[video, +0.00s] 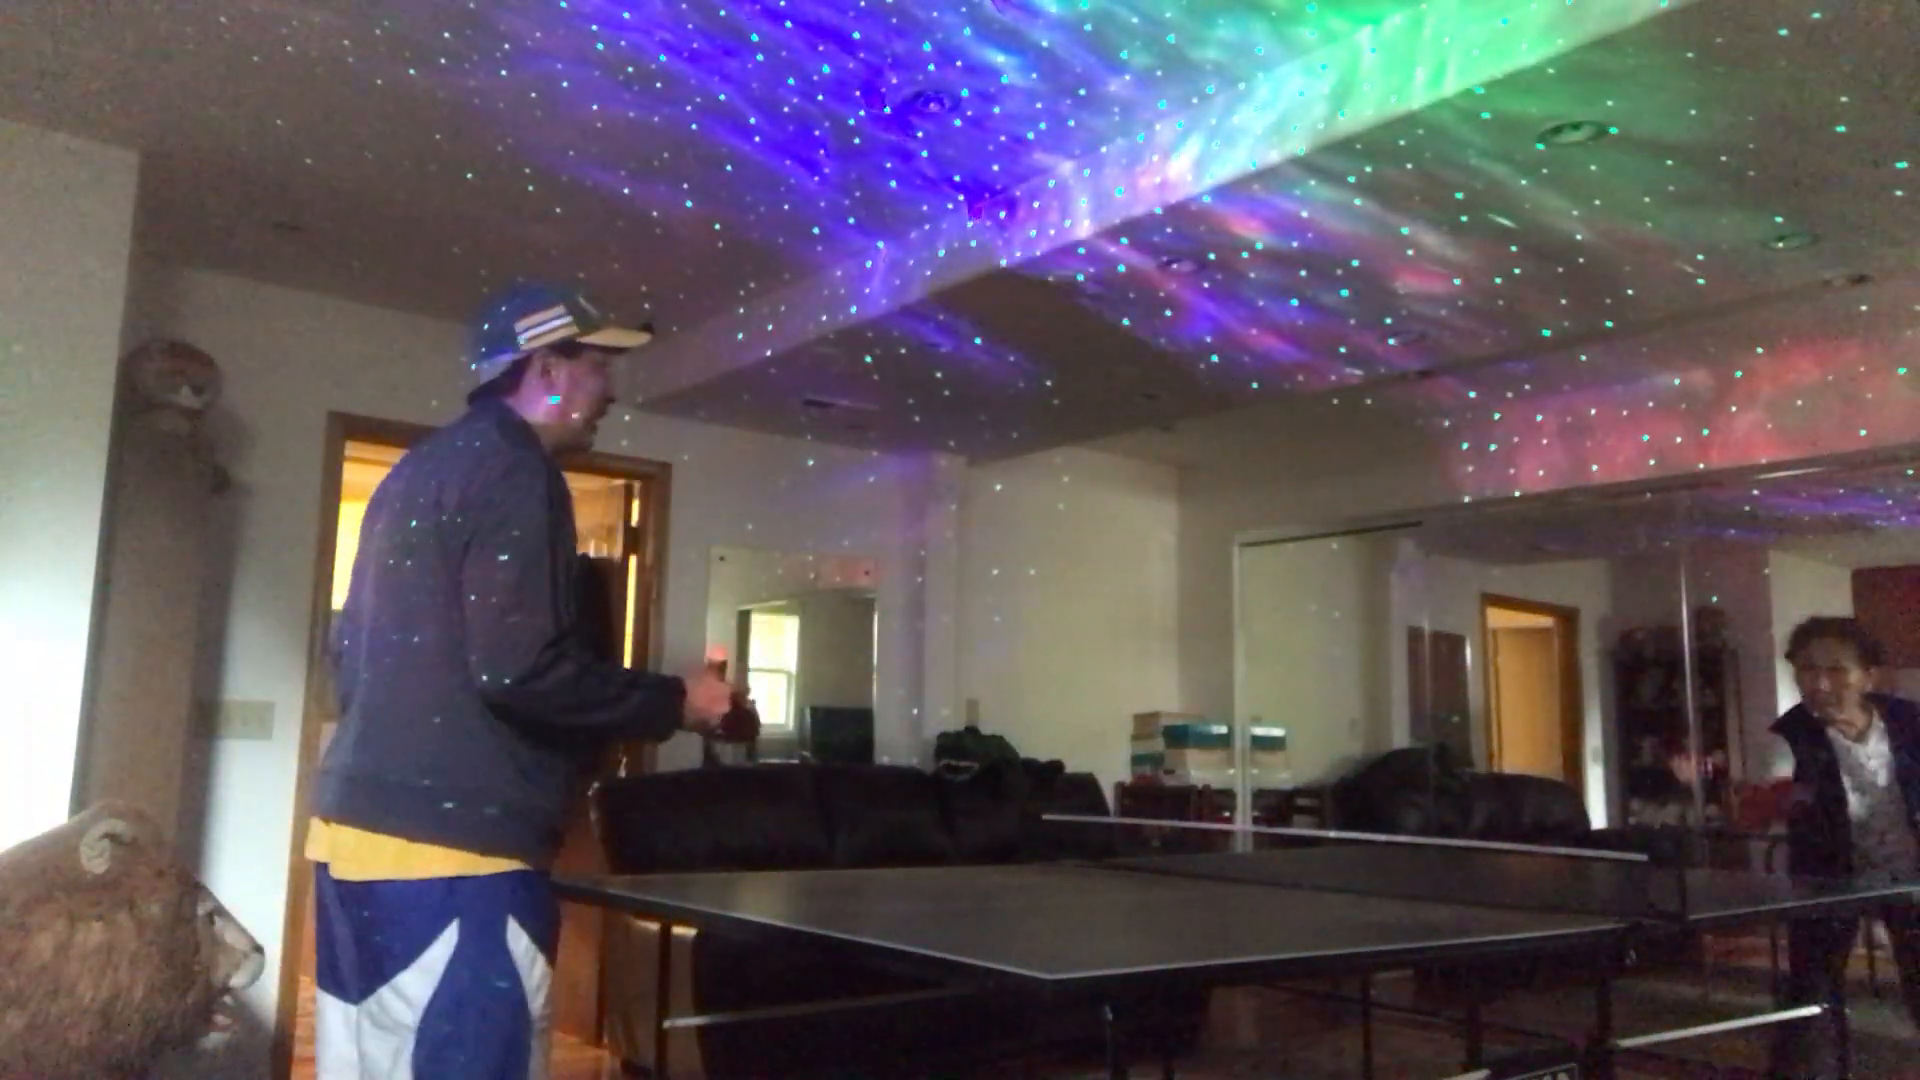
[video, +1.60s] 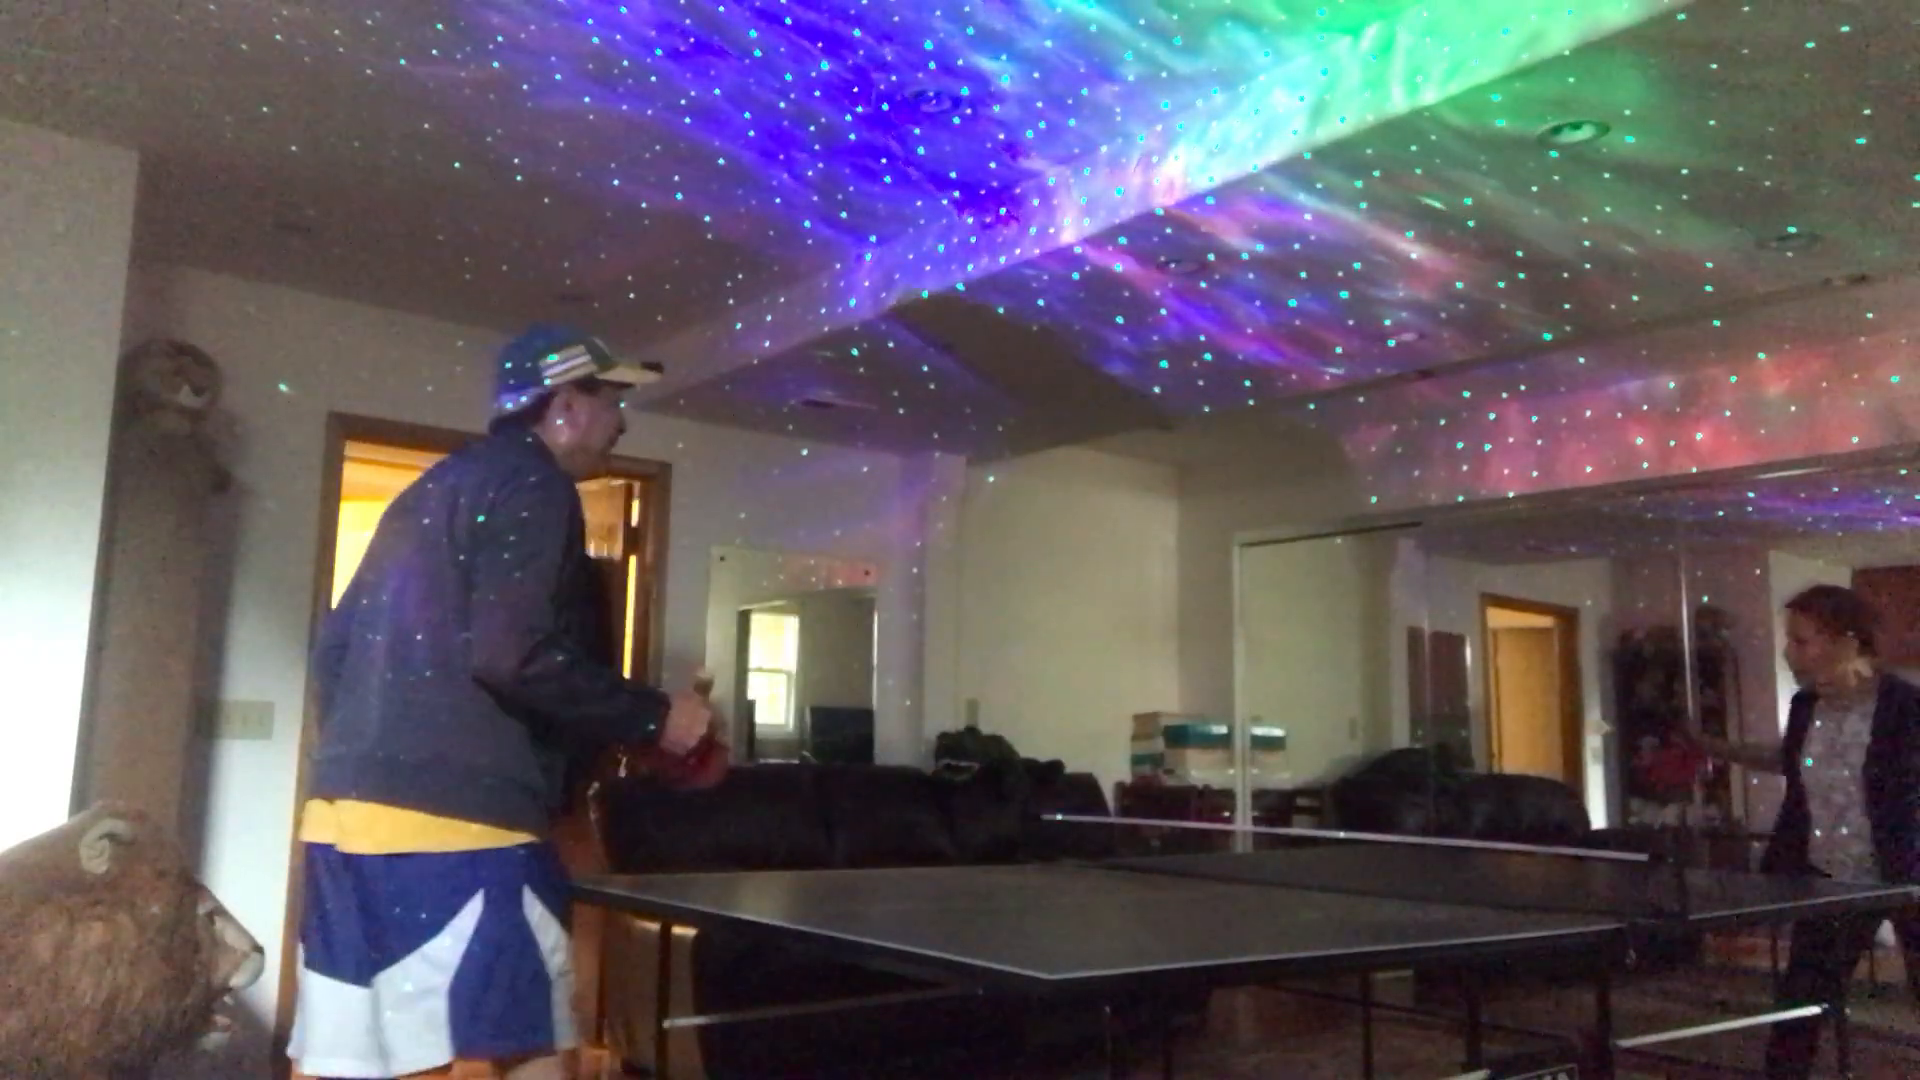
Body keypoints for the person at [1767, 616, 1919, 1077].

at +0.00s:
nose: (1820, 684)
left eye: (1836, 671)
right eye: (1808, 671)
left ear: (1868, 676)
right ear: (1795, 678)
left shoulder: (1904, 719)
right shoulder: (1792, 735)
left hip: (1903, 867)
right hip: (1830, 871)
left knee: (1915, 975)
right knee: (1812, 978)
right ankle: (1801, 1065)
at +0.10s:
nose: (1814, 690)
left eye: (1829, 678)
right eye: (1800, 677)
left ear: (1859, 683)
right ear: (1784, 683)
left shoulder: (1889, 722)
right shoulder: (1787, 735)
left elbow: (1913, 776)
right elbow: (1752, 768)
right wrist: (1711, 785)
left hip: (1895, 869)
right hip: (1819, 873)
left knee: (1913, 974)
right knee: (1808, 979)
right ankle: (1786, 1053)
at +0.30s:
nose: (1784, 712)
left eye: (1801, 698)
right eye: (1774, 697)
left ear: (1835, 700)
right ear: (1760, 696)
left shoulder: (1873, 733)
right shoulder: (1756, 743)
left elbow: (1900, 790)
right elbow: (1690, 802)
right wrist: (1673, 806)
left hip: (1878, 873)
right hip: (1794, 879)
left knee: (1906, 979)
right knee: (1788, 987)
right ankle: (1768, 1069)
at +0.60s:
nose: (1777, 703)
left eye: (1792, 691)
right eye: (1769, 689)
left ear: (1830, 694)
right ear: (1757, 690)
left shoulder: (1877, 736)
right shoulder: (1746, 746)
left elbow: (1908, 811)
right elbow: (1706, 816)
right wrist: (1719, 840)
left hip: (1868, 871)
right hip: (1785, 876)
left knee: (1908, 957)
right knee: (1788, 966)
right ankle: (1776, 1063)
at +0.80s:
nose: (1797, 681)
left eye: (1813, 667)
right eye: (1789, 667)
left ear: (1857, 675)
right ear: (1780, 675)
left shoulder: (1900, 726)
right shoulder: (1779, 738)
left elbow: (1912, 811)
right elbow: (1782, 810)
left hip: (1896, 879)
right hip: (1819, 884)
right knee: (1807, 983)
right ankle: (1795, 1065)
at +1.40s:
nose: (1773, 665)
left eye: (1784, 648)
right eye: (1768, 652)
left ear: (1827, 645)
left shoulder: (1888, 706)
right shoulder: (1787, 711)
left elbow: (1909, 797)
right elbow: (1769, 796)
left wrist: (1897, 873)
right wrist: (1763, 868)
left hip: (1886, 882)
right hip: (1806, 885)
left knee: (1914, 998)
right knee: (1786, 1006)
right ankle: (1776, 1070)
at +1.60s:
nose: (1788, 652)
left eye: (1800, 640)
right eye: (1789, 639)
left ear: (1843, 640)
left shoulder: (1903, 703)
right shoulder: (1805, 706)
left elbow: (1911, 797)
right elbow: (1787, 762)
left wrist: (1906, 885)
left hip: (1900, 882)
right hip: (1828, 886)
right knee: (1798, 1004)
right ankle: (1783, 1072)